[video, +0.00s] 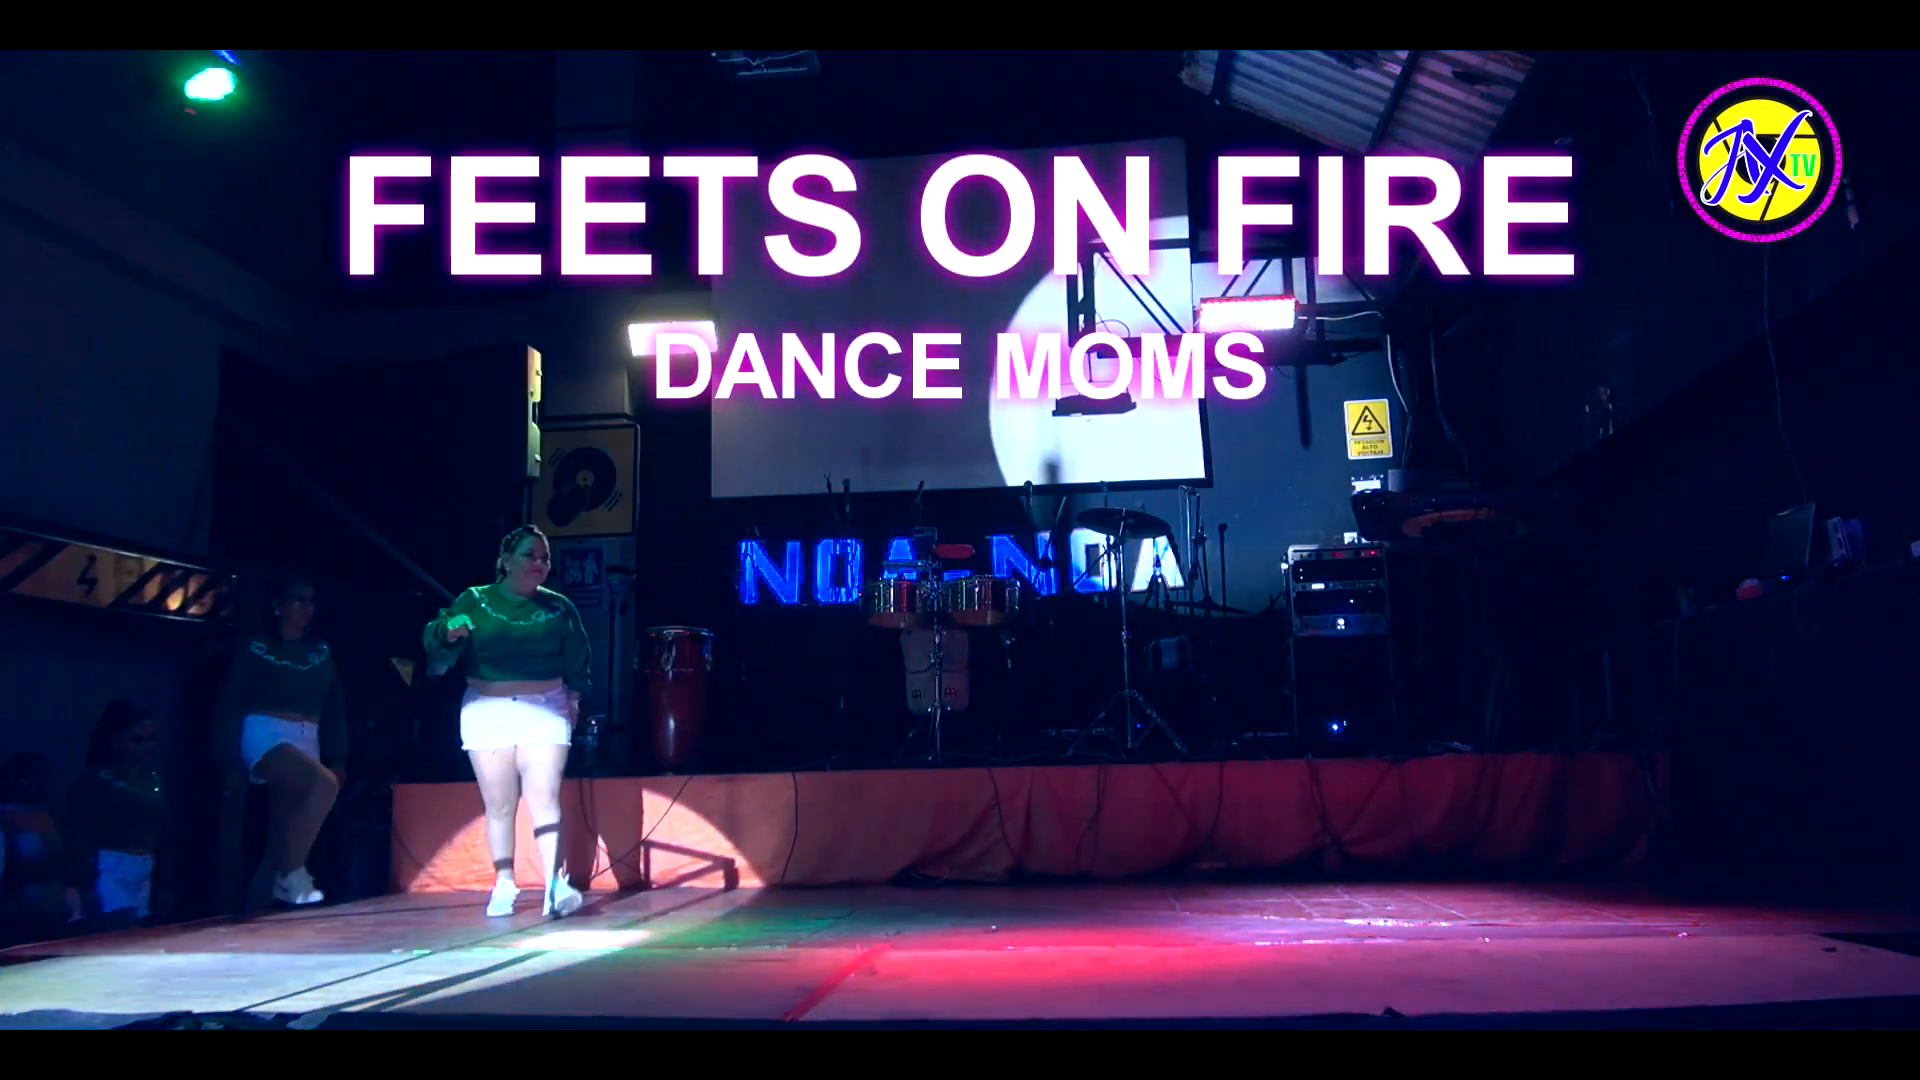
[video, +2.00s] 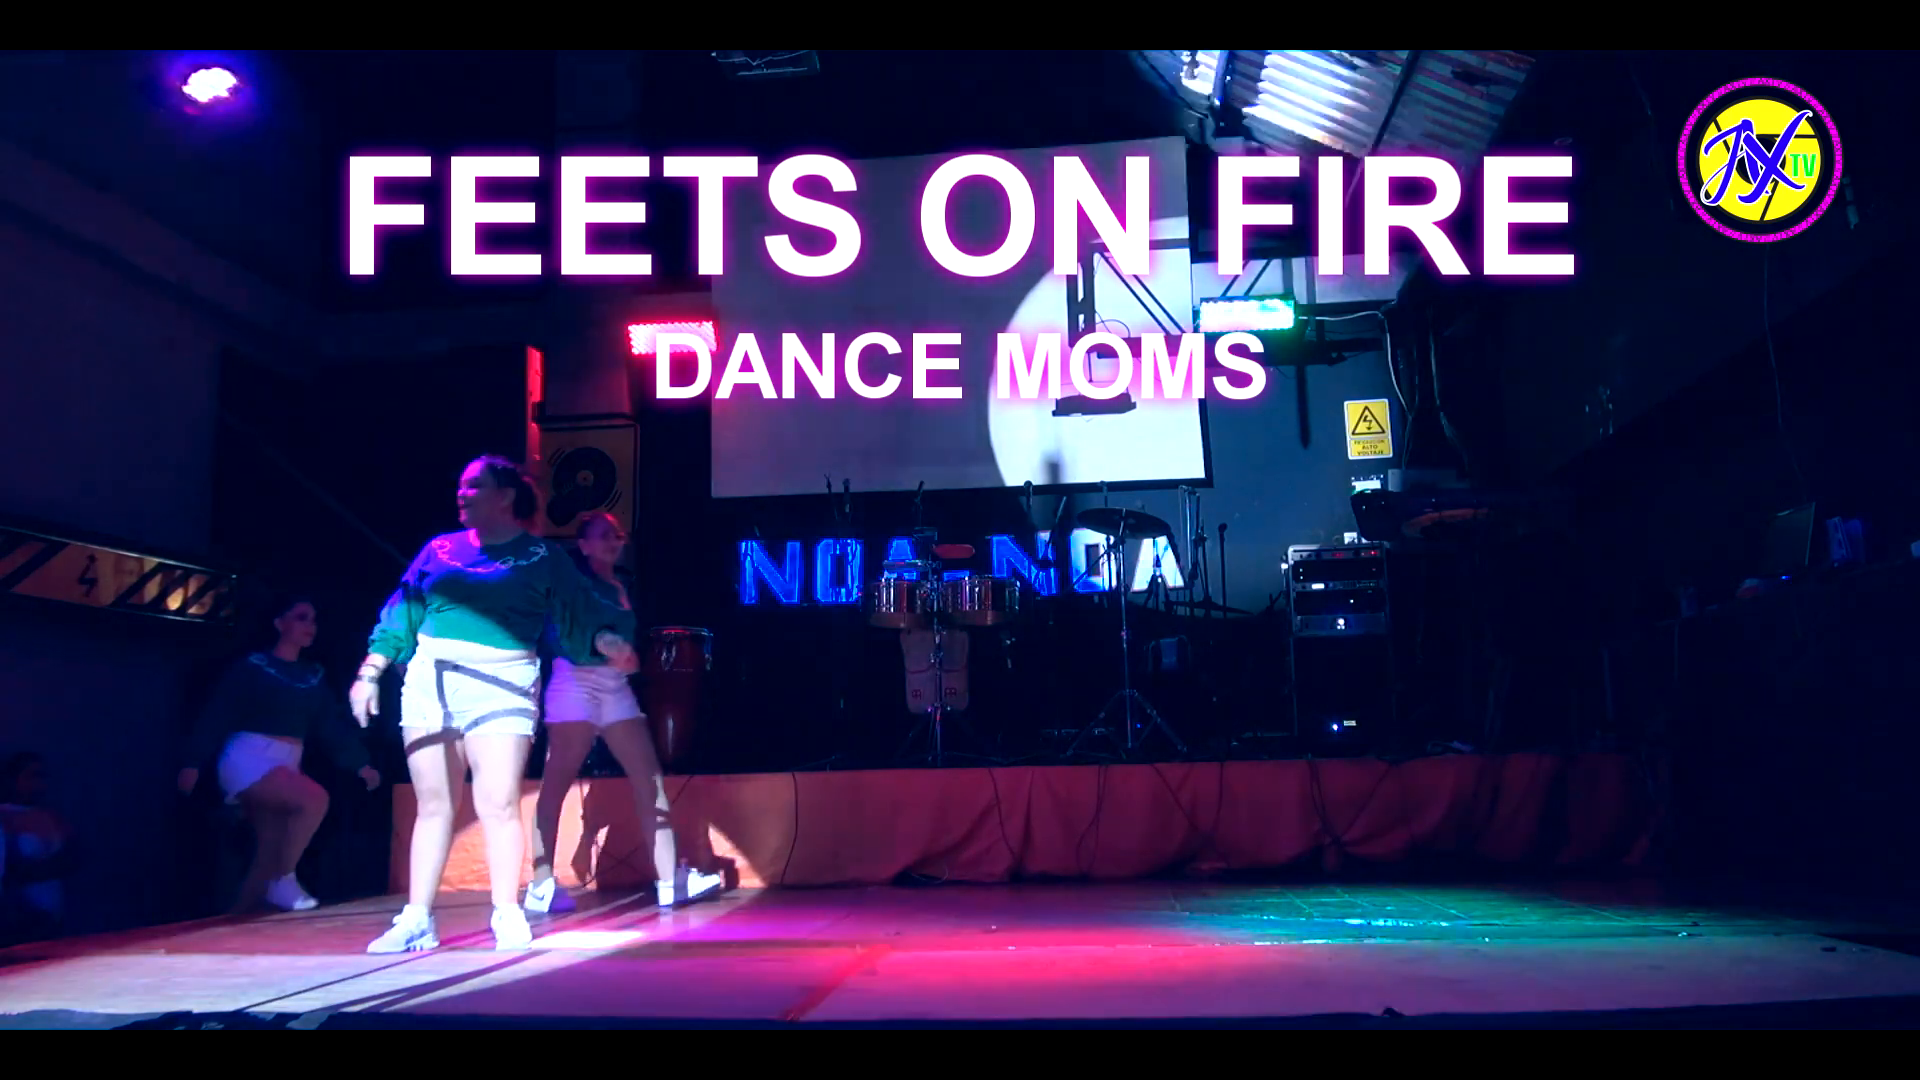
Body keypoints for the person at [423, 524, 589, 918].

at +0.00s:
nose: (540, 564)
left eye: (545, 558)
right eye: (531, 556)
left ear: (549, 563)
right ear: (505, 560)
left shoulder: (559, 607)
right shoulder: (475, 601)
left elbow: (578, 659)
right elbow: (432, 642)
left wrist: (574, 699)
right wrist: (447, 634)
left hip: (545, 707)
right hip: (487, 708)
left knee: (545, 796)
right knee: (499, 803)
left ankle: (555, 884)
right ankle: (504, 883)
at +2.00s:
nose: (462, 495)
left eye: (474, 487)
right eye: (461, 487)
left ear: (508, 496)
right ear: (461, 496)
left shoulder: (545, 558)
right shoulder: (439, 548)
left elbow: (582, 615)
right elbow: (401, 612)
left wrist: (607, 640)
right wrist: (370, 671)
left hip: (500, 684)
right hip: (427, 680)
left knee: (498, 803)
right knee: (433, 804)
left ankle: (506, 911)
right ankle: (417, 918)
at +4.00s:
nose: (487, 502)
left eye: (499, 497)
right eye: (479, 496)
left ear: (520, 511)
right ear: (466, 510)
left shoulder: (539, 556)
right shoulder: (450, 565)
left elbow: (566, 599)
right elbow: (432, 633)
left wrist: (564, 621)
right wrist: (428, 690)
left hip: (525, 680)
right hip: (456, 683)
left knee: (514, 801)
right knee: (427, 788)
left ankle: (514, 908)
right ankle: (453, 886)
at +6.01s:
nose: (477, 499)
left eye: (488, 493)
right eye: (467, 492)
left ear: (505, 506)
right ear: (450, 504)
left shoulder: (526, 564)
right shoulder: (426, 558)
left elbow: (561, 626)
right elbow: (393, 625)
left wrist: (591, 676)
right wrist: (347, 671)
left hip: (503, 685)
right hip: (432, 686)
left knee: (489, 804)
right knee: (411, 802)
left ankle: (483, 910)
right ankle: (442, 891)